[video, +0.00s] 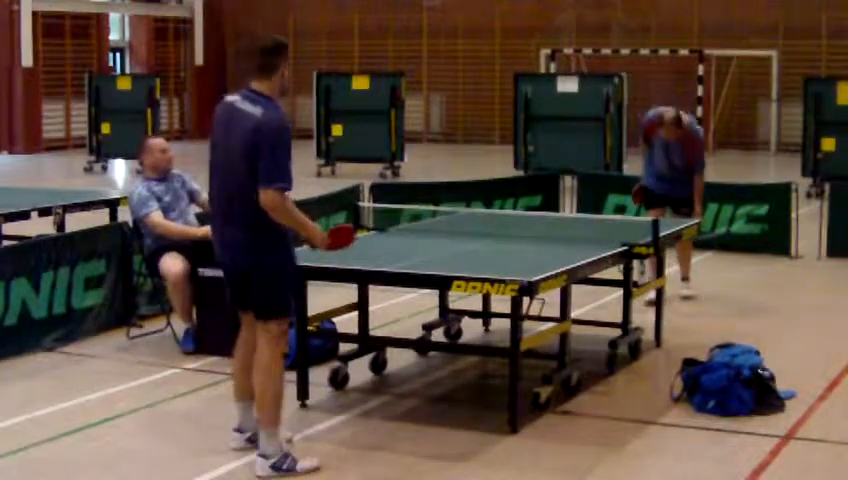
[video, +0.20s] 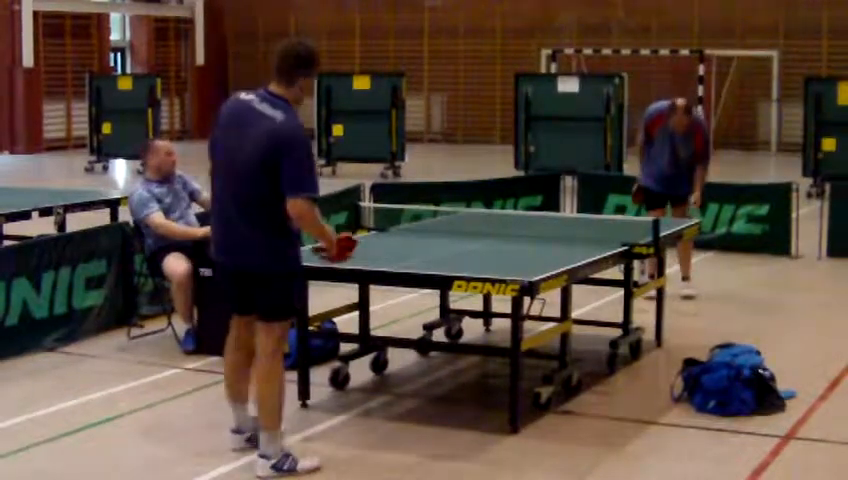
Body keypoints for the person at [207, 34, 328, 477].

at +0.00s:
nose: (289, 76)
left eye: (286, 68)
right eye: (288, 69)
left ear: (249, 69)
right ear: (282, 71)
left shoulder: (227, 109)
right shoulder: (270, 121)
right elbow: (271, 198)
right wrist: (310, 230)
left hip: (230, 240)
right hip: (262, 246)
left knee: (250, 328)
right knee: (274, 337)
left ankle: (246, 424)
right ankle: (272, 451)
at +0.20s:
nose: (312, 87)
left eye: (311, 80)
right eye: (312, 81)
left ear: (275, 72)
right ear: (304, 81)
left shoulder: (234, 107)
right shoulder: (289, 131)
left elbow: (219, 175)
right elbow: (299, 207)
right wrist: (329, 240)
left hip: (230, 245)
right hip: (272, 253)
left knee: (240, 333)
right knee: (270, 347)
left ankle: (241, 423)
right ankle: (272, 452)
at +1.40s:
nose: (250, 82)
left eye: (249, 75)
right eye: (250, 76)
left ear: (211, 71)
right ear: (243, 76)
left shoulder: (183, 115)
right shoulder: (231, 123)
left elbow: (166, 176)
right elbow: (227, 195)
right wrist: (274, 234)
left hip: (189, 250)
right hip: (235, 251)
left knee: (179, 347)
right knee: (272, 337)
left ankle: (176, 455)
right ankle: (300, 436)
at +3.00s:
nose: (282, 81)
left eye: (280, 74)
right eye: (280, 75)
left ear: (241, 79)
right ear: (272, 79)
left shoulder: (214, 120)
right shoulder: (271, 126)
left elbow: (201, 187)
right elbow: (275, 195)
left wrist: (259, 217)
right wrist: (310, 204)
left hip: (205, 242)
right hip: (248, 244)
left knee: (210, 327)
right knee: (291, 324)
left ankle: (182, 426)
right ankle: (300, 437)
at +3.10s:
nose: (293, 86)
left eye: (291, 79)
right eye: (291, 80)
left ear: (249, 80)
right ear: (283, 81)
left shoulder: (225, 118)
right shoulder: (285, 126)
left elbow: (202, 187)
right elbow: (291, 193)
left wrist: (229, 211)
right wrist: (322, 207)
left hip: (217, 241)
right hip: (264, 243)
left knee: (211, 330)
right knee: (296, 330)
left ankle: (183, 425)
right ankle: (301, 437)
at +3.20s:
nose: (305, 89)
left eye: (305, 83)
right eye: (304, 83)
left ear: (264, 80)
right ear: (294, 82)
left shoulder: (233, 117)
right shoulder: (297, 124)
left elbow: (209, 186)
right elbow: (305, 191)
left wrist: (230, 213)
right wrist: (334, 210)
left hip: (224, 238)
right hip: (272, 240)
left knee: (219, 329)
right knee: (301, 330)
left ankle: (193, 428)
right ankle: (301, 437)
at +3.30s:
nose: (307, 92)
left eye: (307, 85)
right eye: (306, 85)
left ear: (267, 82)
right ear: (296, 85)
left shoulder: (233, 119)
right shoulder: (297, 126)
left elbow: (212, 190)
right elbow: (309, 192)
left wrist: (239, 213)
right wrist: (341, 213)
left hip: (225, 238)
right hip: (273, 240)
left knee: (227, 332)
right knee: (309, 326)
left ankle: (209, 434)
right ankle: (304, 436)